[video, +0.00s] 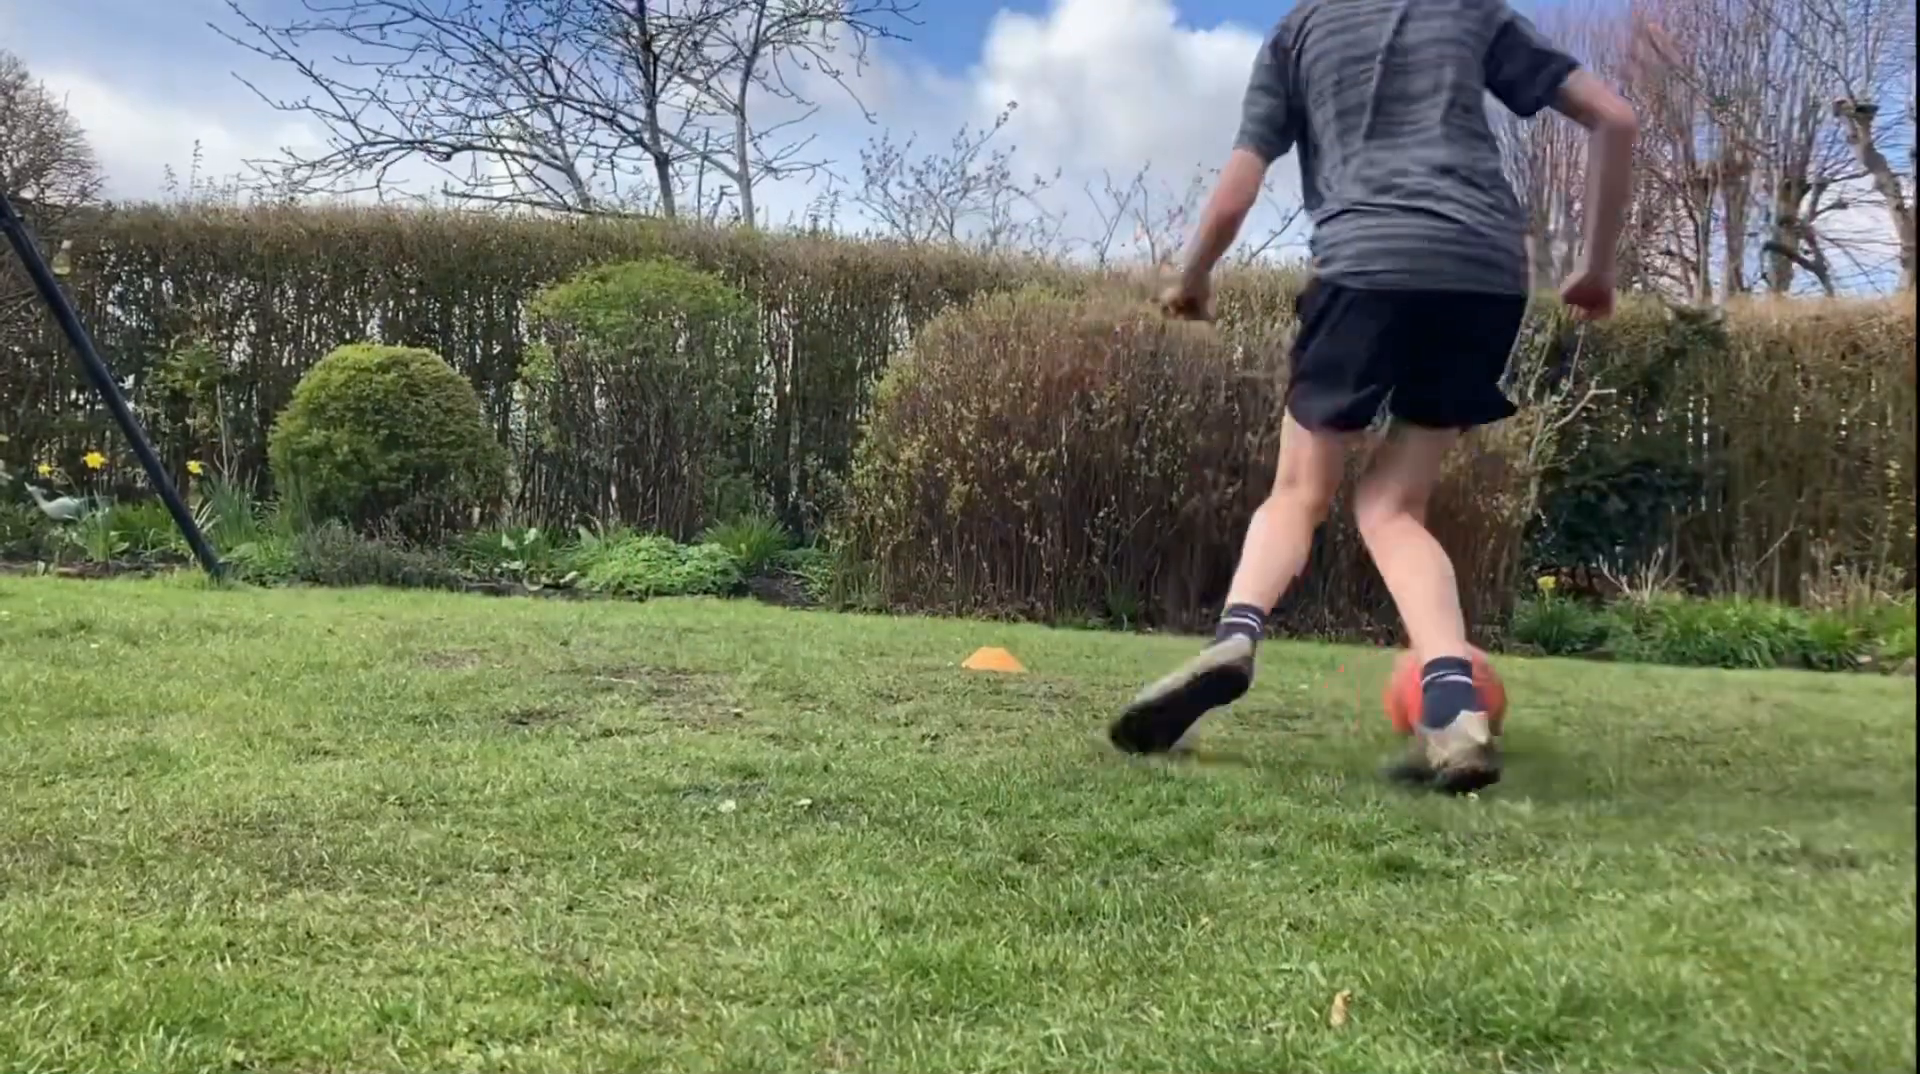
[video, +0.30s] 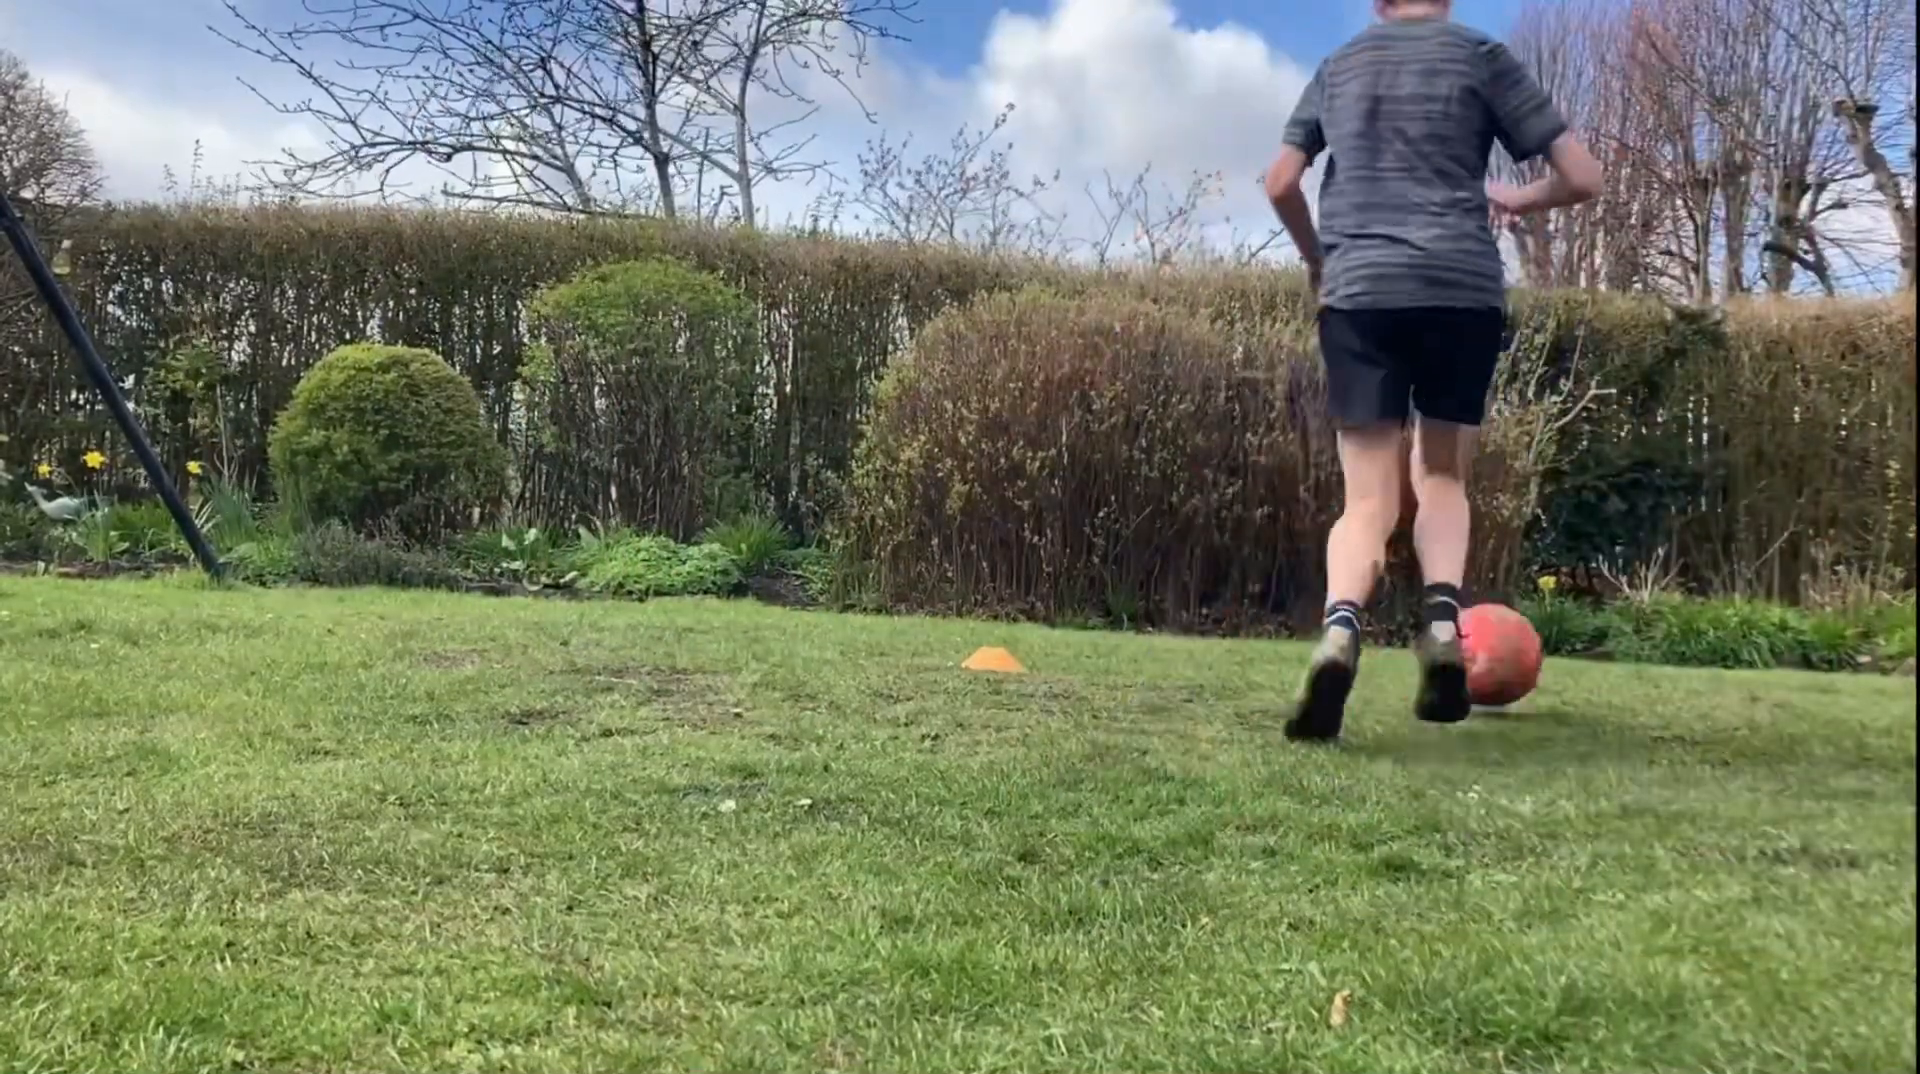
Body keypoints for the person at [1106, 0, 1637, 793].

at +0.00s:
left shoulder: (1300, 28)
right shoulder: (1475, 12)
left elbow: (1229, 203)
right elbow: (1617, 118)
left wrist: (1193, 282)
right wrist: (1598, 266)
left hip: (1362, 273)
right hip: (1485, 279)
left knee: (1298, 490)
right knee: (1395, 508)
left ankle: (1235, 635)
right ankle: (1456, 712)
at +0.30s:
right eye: (1449, 10)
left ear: (1379, 4)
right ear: (1448, 4)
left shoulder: (1338, 64)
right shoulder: (1482, 54)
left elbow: (1280, 182)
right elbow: (1582, 177)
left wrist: (1315, 254)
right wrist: (1516, 199)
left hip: (1360, 289)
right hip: (1464, 290)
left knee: (1366, 500)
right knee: (1443, 475)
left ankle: (1340, 630)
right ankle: (1443, 621)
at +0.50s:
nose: (1465, 82)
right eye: (1468, 71)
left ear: (1403, 69)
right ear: (1466, 67)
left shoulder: (1367, 122)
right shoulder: (1493, 118)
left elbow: (1328, 199)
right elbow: (1594, 204)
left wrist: (1315, 315)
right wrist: (1549, 251)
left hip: (1376, 326)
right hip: (1468, 323)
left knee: (1394, 463)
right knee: (1491, 494)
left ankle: (1373, 618)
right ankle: (1448, 623)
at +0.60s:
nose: (1453, 120)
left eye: (1402, 115)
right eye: (1457, 110)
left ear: (1397, 114)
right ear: (1460, 107)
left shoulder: (1364, 164)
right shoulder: (1495, 157)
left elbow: (1321, 249)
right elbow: (1612, 214)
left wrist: (1300, 344)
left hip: (1395, 365)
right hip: (1483, 358)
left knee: (1398, 503)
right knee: (1506, 497)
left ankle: (1404, 656)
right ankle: (1523, 570)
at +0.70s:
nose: (1455, 161)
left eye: (1409, 154)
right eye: (1460, 150)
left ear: (1406, 156)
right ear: (1466, 148)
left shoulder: (1376, 210)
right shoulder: (1495, 197)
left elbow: (1312, 315)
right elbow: (1616, 245)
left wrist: (1302, 374)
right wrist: (1716, 301)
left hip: (1396, 394)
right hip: (1482, 389)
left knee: (1399, 499)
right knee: (1516, 488)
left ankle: (1409, 650)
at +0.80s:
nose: (1415, 173)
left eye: (1403, 166)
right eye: (1460, 157)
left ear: (1403, 163)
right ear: (1460, 156)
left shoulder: (1386, 210)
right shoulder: (1495, 183)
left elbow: (1341, 328)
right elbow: (1592, 232)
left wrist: (1351, 348)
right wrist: (1676, 311)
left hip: (1435, 379)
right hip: (1517, 367)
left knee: (1415, 486)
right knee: (1500, 484)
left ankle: (1413, 627)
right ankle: (1588, 613)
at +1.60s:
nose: (1519, 99)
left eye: (1533, 85)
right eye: (1506, 86)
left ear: (1558, 91)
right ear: (1490, 95)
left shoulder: (1601, 173)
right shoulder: (1477, 191)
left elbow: (1671, 258)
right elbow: (1473, 291)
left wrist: (1606, 314)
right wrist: (1435, 392)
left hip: (1597, 378)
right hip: (1514, 384)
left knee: (1556, 511)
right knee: (1508, 545)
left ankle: (1565, 658)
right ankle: (1516, 622)